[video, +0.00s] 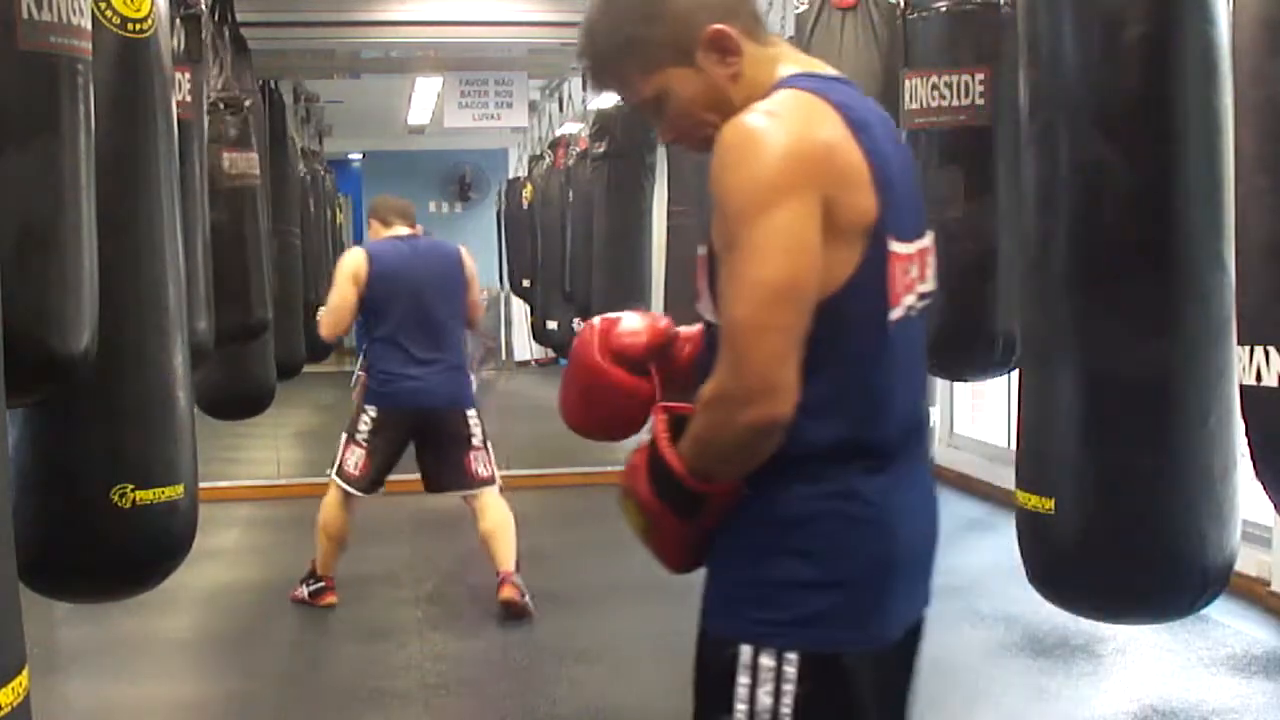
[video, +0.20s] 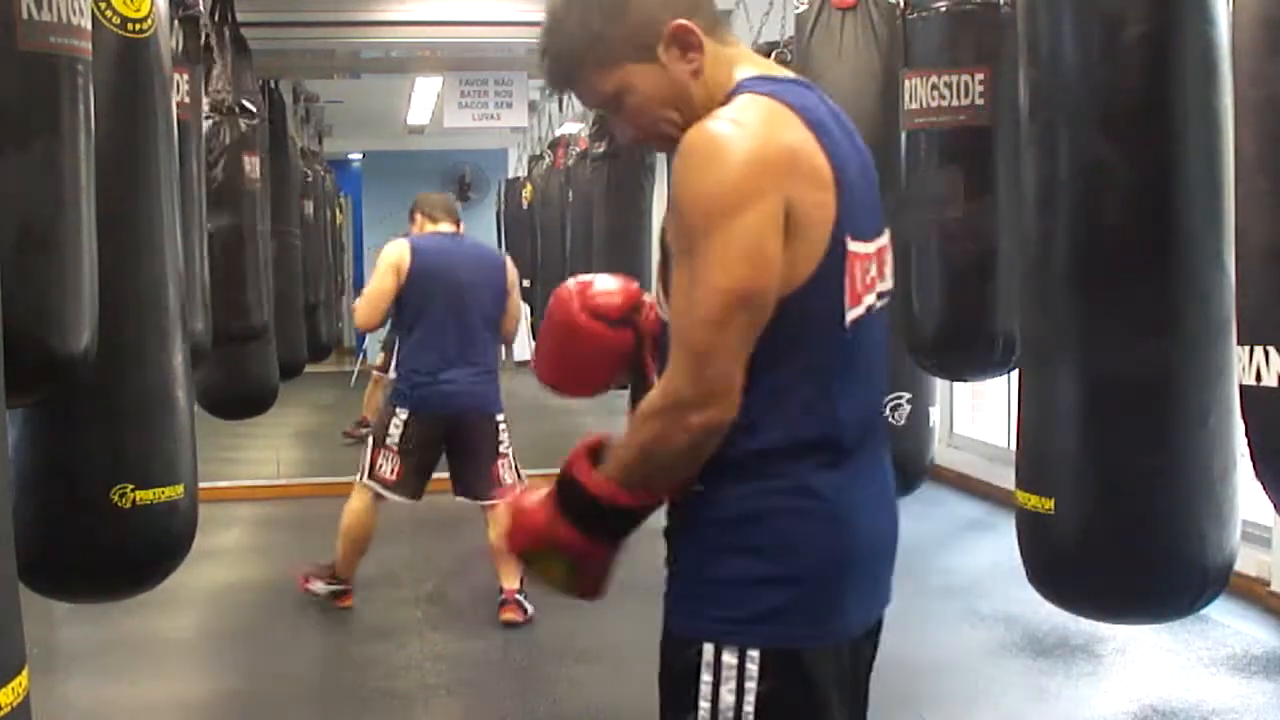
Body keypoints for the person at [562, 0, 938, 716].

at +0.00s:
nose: (663, 133)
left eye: (659, 103)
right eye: (647, 114)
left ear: (723, 51)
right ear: (727, 51)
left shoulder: (768, 136)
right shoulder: (845, 113)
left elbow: (758, 400)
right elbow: (838, 346)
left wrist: (671, 484)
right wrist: (683, 357)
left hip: (805, 551)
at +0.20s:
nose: (621, 133)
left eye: (616, 103)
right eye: (605, 113)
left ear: (682, 47)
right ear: (687, 48)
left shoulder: (731, 143)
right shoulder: (804, 114)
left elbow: (699, 403)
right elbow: (791, 350)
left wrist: (586, 513)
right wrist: (655, 341)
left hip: (760, 555)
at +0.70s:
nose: (615, 122)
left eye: (613, 95)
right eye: (603, 104)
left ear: (679, 49)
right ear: (684, 49)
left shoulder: (728, 137)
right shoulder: (793, 112)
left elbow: (662, 374)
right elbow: (755, 260)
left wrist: (566, 442)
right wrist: (603, 260)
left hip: (734, 542)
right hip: (809, 517)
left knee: (710, 710)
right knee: (831, 707)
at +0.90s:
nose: (616, 122)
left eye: (615, 93)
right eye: (604, 102)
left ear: (684, 52)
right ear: (687, 55)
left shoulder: (741, 137)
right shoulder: (751, 118)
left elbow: (644, 371)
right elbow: (640, 252)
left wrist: (583, 406)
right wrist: (547, 301)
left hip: (732, 546)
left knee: (716, 711)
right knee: (824, 706)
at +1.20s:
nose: (594, 80)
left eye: (604, 46)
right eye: (587, 54)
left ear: (685, 30)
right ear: (683, 38)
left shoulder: (736, 126)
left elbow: (598, 319)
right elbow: (591, 249)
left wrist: (614, 383)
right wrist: (551, 351)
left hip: (729, 536)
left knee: (714, 710)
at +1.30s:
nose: (590, 72)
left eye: (601, 37)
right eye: (585, 45)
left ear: (680, 27)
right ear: (679, 34)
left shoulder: (719, 119)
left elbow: (577, 303)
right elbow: (566, 273)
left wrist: (619, 374)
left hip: (729, 533)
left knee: (709, 711)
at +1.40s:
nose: (586, 69)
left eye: (594, 35)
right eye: (584, 41)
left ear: (668, 30)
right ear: (668, 34)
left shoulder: (709, 129)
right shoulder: (755, 111)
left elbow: (593, 334)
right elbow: (615, 257)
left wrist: (611, 376)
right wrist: (536, 329)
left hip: (722, 530)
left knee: (702, 712)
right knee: (786, 707)